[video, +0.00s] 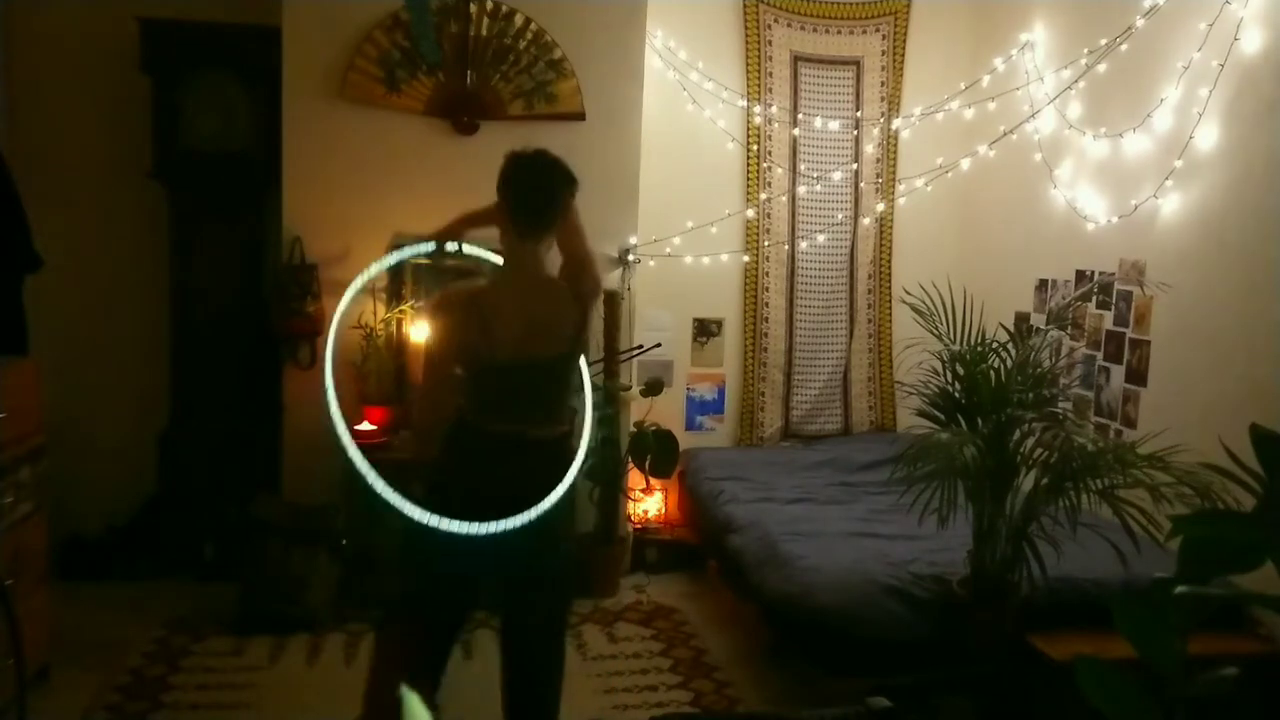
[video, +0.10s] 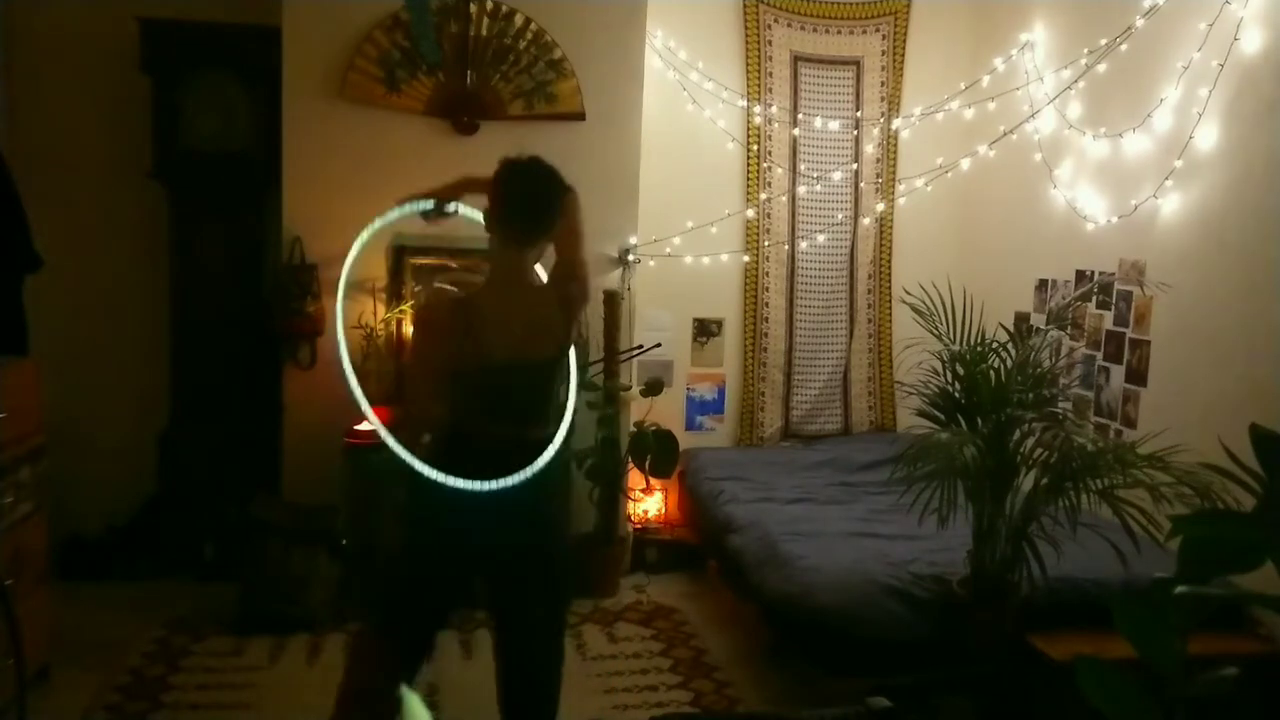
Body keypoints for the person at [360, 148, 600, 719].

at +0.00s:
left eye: (508, 204)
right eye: (565, 207)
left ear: (502, 212)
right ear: (565, 214)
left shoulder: (460, 308)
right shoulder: (573, 304)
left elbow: (430, 416)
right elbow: (556, 215)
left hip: (465, 487)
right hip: (545, 498)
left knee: (415, 656)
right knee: (534, 675)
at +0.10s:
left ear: (488, 221)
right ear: (554, 225)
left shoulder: (443, 314)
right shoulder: (556, 312)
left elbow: (417, 418)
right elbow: (563, 201)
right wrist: (467, 188)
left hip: (443, 517)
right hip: (531, 524)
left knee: (378, 671)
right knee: (531, 694)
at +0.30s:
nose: (454, 212)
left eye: (461, 203)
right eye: (460, 200)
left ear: (460, 221)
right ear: (524, 228)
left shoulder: (402, 311)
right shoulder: (534, 318)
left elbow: (362, 421)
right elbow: (547, 210)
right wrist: (479, 137)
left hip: (407, 523)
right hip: (503, 529)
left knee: (351, 688)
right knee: (521, 698)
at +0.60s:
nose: (450, 240)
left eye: (449, 224)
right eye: (449, 224)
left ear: (379, 217)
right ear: (446, 228)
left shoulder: (322, 302)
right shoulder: (447, 318)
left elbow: (294, 416)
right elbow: (517, 260)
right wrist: (499, 157)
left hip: (332, 520)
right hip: (421, 526)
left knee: (316, 694)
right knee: (476, 694)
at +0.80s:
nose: (421, 239)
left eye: (421, 225)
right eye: (414, 225)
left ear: (351, 222)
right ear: (378, 226)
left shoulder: (309, 308)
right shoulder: (363, 319)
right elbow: (494, 298)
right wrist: (513, 189)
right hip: (356, 533)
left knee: (302, 698)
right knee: (450, 695)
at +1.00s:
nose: (393, 247)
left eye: (393, 231)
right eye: (384, 230)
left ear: (334, 231)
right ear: (340, 230)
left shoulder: (280, 308)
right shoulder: (343, 324)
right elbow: (464, 354)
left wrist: (452, 326)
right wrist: (533, 271)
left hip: (287, 525)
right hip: (341, 534)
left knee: (295, 700)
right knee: (441, 697)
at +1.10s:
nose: (384, 250)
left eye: (385, 234)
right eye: (374, 231)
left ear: (319, 233)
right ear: (327, 230)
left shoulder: (269, 320)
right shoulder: (347, 331)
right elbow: (432, 371)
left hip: (278, 546)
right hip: (343, 550)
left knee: (299, 703)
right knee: (442, 699)